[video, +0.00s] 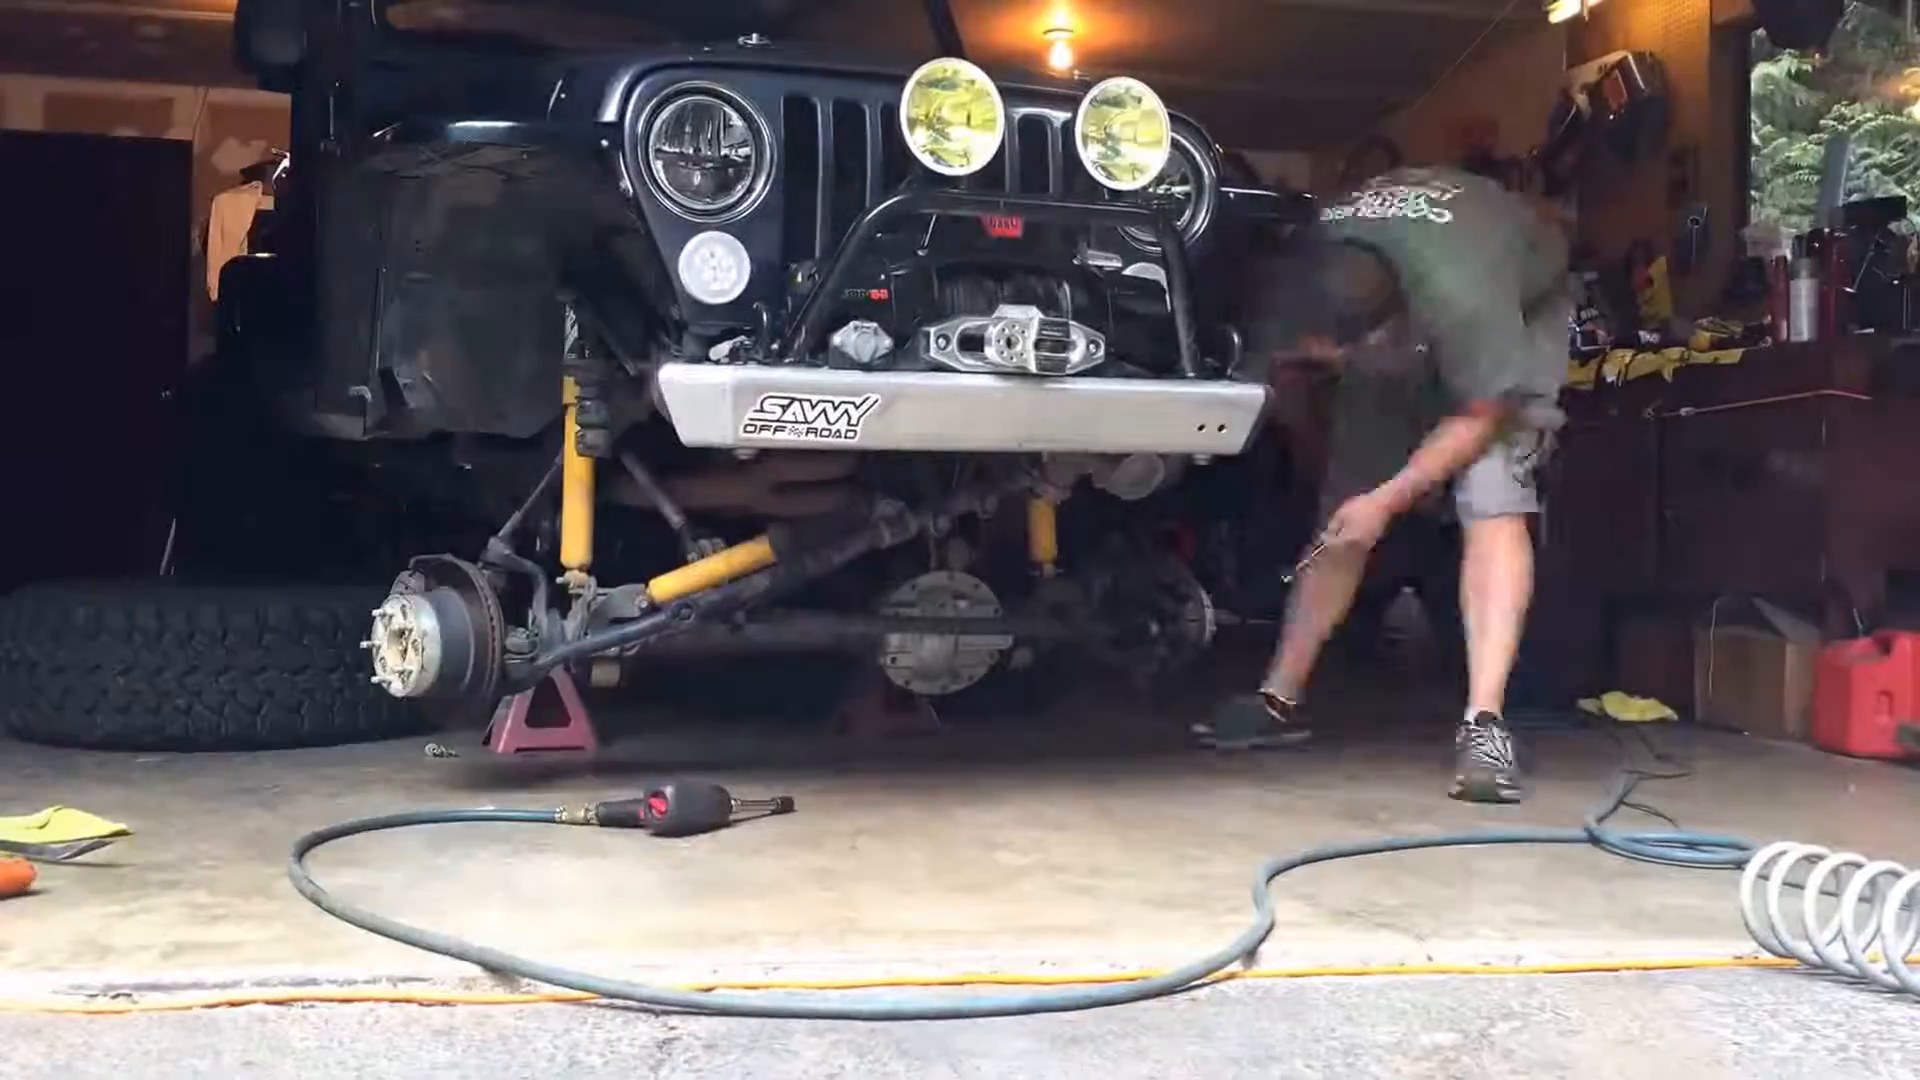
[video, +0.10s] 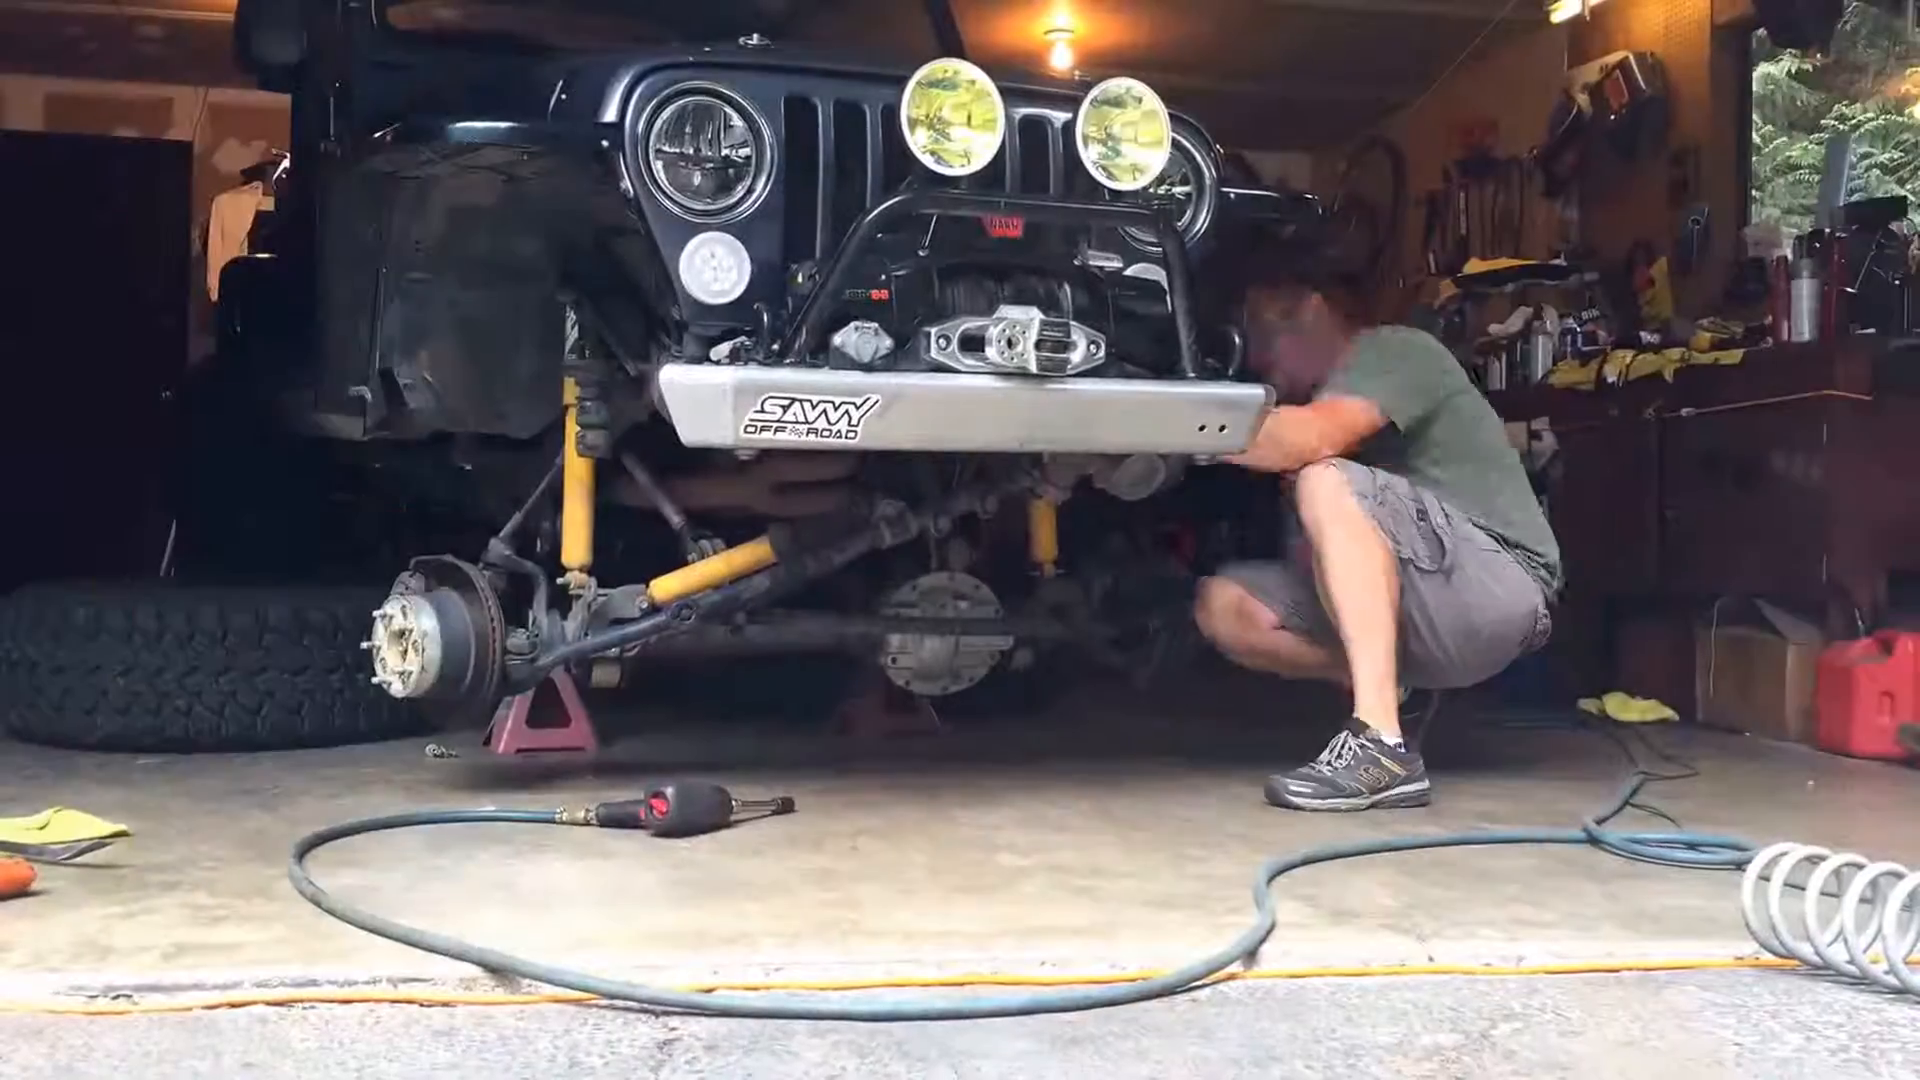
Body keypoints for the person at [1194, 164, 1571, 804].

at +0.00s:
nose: (1322, 360)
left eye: (1328, 350)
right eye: (1309, 350)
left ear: (1372, 318)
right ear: (1300, 313)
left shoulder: (1462, 294)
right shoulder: (1304, 274)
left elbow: (1483, 411)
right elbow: (1289, 389)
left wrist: (1385, 503)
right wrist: (1327, 478)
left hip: (1525, 308)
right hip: (1384, 333)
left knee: (1493, 505)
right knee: (1348, 516)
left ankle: (1484, 722)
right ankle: (1279, 699)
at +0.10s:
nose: (1259, 357)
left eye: (1268, 331)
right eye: (1255, 337)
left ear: (1313, 309)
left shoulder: (1403, 352)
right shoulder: (1323, 401)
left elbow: (1309, 440)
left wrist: (1176, 425)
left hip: (1504, 595)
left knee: (1329, 482)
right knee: (1225, 607)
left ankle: (1381, 740)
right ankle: (1393, 684)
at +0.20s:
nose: (1270, 338)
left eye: (1282, 316)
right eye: (1267, 321)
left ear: (1339, 305)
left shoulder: (1415, 352)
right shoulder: (1318, 412)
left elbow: (1298, 442)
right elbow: (1235, 513)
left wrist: (1168, 422)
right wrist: (1164, 481)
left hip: (1504, 593)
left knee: (1326, 485)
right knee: (1221, 618)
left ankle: (1378, 741)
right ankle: (1395, 690)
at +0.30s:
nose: (1285, 375)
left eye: (1303, 357)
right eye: (1279, 356)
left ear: (1362, 345)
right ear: (1272, 345)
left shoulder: (1432, 359)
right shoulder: (1279, 425)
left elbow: (1484, 433)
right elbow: (1187, 511)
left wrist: (1353, 452)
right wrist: (1098, 501)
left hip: (1500, 604)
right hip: (1379, 612)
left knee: (1435, 482)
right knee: (1235, 626)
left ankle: (1430, 734)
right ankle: (1397, 697)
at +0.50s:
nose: (1282, 367)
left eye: (1294, 345)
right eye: (1278, 350)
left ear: (1354, 332)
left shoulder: (1439, 381)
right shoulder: (1300, 418)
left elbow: (1373, 471)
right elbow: (1248, 496)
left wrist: (1224, 516)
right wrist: (1194, 518)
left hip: (1527, 607)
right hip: (1407, 607)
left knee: (1428, 493)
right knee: (1249, 590)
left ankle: (1462, 742)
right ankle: (1403, 694)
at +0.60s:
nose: (1295, 372)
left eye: (1305, 349)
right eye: (1288, 359)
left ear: (1361, 332)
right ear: (1359, 339)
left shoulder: (1416, 388)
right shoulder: (1376, 417)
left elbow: (1328, 481)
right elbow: (1340, 520)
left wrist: (1180, 510)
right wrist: (1214, 508)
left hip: (1539, 603)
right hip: (1461, 620)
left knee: (1382, 506)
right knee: (1260, 592)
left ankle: (1420, 736)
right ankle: (1429, 686)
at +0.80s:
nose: (1347, 372)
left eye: (1359, 349)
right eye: (1339, 358)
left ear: (1410, 330)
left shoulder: (1510, 363)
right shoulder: (1381, 449)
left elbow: (1627, 445)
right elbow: (1388, 568)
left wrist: (1471, 414)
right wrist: (1364, 688)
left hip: (1606, 605)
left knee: (1483, 486)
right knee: (1349, 650)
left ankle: (1449, 742)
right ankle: (1508, 706)